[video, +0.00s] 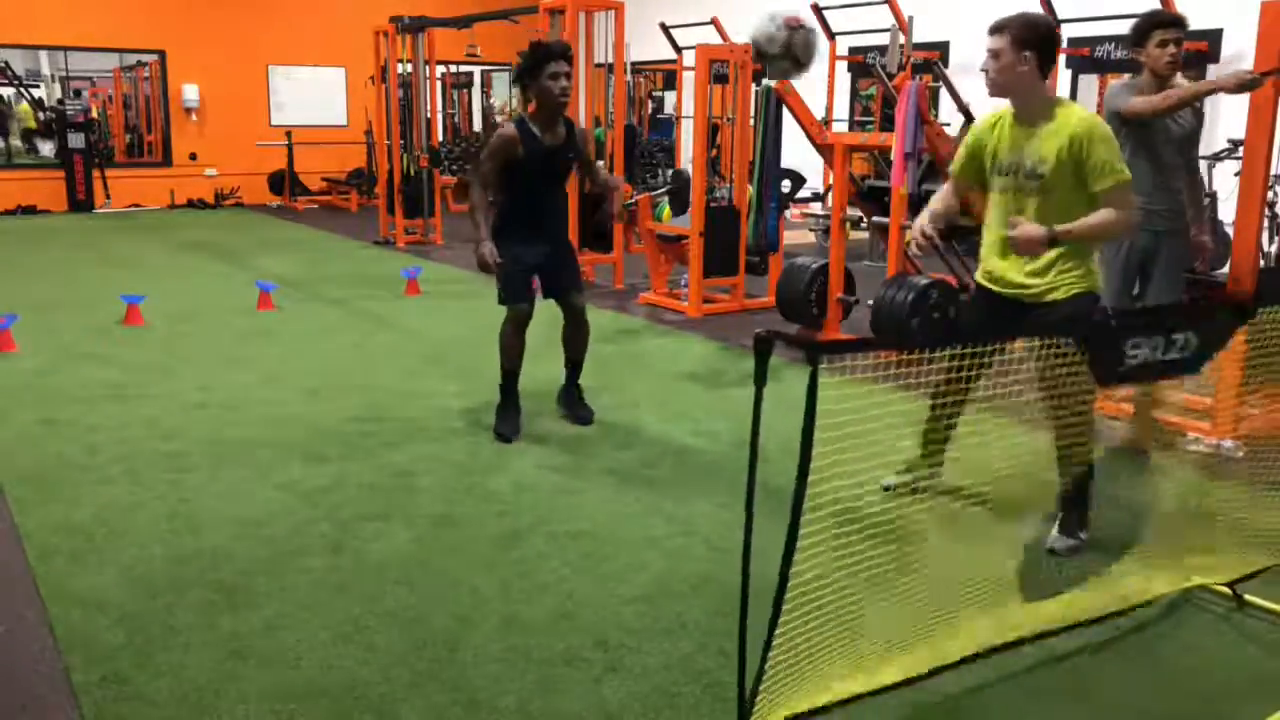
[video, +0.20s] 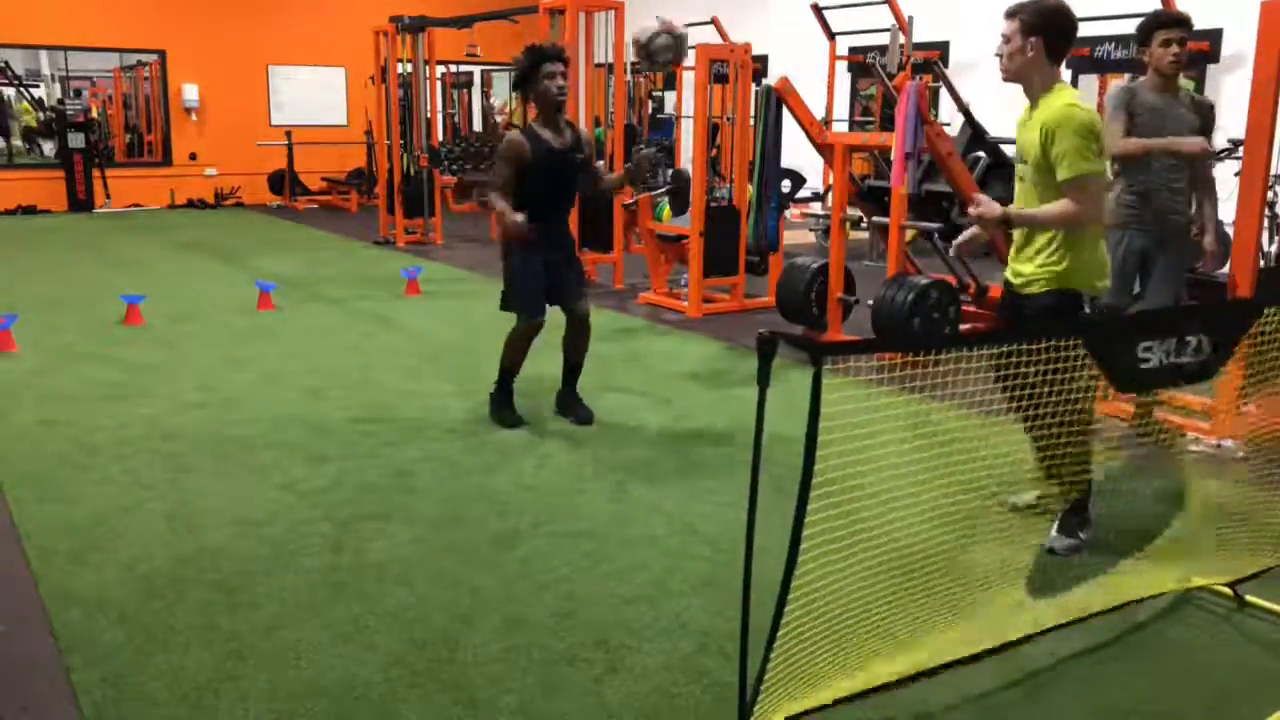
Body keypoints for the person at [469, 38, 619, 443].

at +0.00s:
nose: (564, 84)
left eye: (567, 77)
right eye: (554, 77)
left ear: (572, 84)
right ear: (531, 86)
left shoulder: (574, 136)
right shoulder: (508, 139)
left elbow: (590, 174)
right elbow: (479, 186)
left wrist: (609, 183)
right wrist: (483, 238)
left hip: (555, 238)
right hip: (513, 241)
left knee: (577, 310)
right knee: (519, 314)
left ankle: (571, 389)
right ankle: (509, 400)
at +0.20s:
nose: (561, 83)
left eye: (563, 77)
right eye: (551, 77)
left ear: (569, 84)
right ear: (531, 90)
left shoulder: (577, 137)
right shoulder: (516, 143)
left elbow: (591, 187)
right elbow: (496, 194)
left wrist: (629, 174)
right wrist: (508, 214)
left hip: (559, 238)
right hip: (524, 239)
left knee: (580, 314)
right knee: (531, 321)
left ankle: (568, 394)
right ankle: (502, 394)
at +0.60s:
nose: (586, 78)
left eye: (590, 70)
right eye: (579, 70)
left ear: (592, 70)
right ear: (556, 71)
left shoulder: (600, 115)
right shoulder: (538, 122)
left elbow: (622, 164)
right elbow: (522, 173)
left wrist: (630, 165)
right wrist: (530, 208)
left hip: (598, 226)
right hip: (557, 228)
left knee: (617, 300)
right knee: (551, 304)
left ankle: (616, 376)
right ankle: (522, 362)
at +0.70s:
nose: (604, 98)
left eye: (608, 90)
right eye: (597, 90)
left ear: (610, 89)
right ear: (577, 87)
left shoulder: (612, 127)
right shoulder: (547, 129)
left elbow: (614, 171)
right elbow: (523, 171)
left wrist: (636, 184)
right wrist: (521, 216)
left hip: (603, 224)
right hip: (566, 225)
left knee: (621, 301)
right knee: (589, 304)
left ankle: (620, 381)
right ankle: (554, 351)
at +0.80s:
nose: (616, 104)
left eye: (619, 96)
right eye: (610, 96)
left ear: (621, 98)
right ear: (589, 96)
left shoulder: (624, 138)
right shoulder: (557, 135)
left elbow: (634, 181)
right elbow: (525, 175)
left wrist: (645, 203)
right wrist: (515, 225)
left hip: (604, 226)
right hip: (569, 226)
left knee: (624, 296)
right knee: (613, 288)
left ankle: (620, 379)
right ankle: (599, 366)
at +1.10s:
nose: (597, 128)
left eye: (604, 121)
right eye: (590, 121)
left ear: (612, 125)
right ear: (576, 125)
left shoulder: (625, 172)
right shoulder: (558, 169)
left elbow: (628, 221)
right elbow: (533, 213)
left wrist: (631, 256)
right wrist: (518, 252)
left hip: (606, 252)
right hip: (568, 254)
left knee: (644, 314)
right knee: (604, 302)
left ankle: (676, 379)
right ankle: (590, 371)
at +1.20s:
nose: (551, 121)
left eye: (559, 114)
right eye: (546, 113)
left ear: (577, 119)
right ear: (539, 119)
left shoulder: (594, 170)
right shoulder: (527, 163)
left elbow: (605, 218)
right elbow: (512, 201)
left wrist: (611, 251)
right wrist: (498, 224)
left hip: (590, 258)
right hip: (550, 261)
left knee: (634, 320)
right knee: (558, 321)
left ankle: (674, 380)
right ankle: (568, 357)